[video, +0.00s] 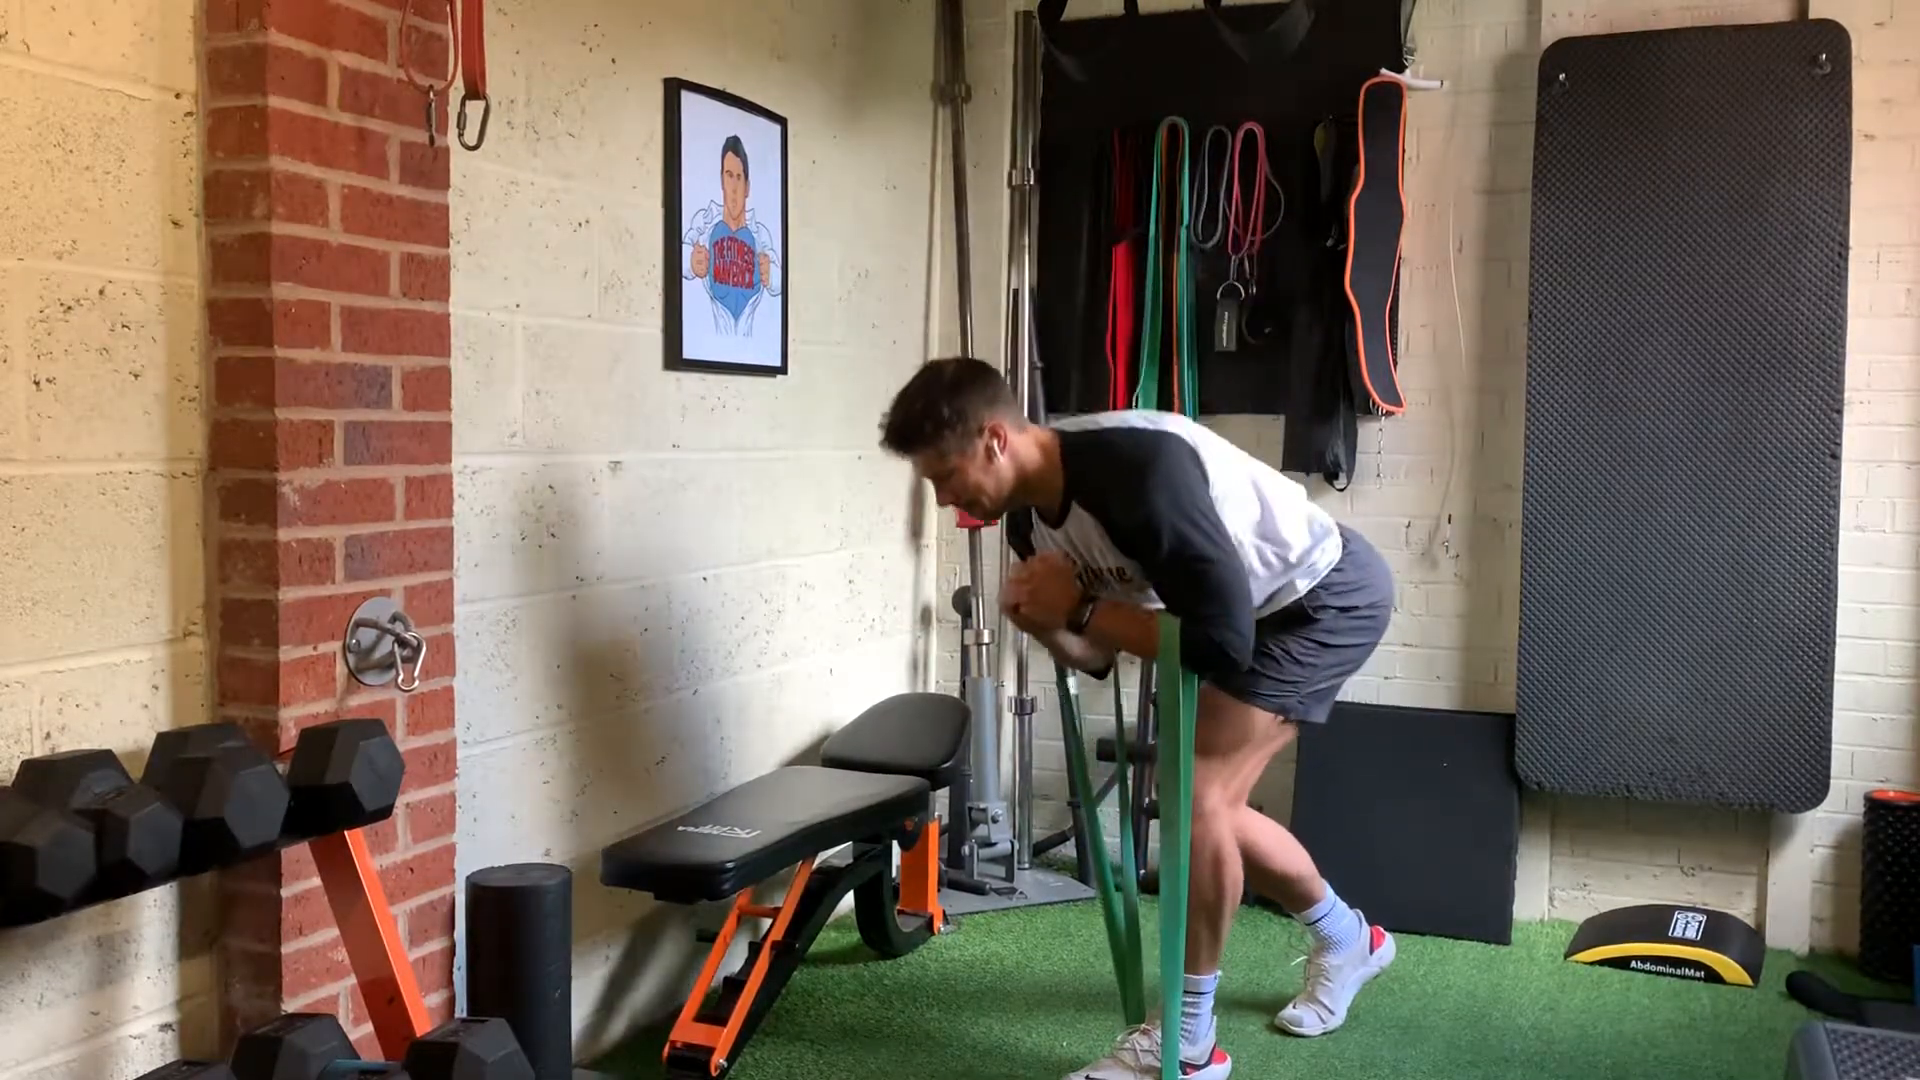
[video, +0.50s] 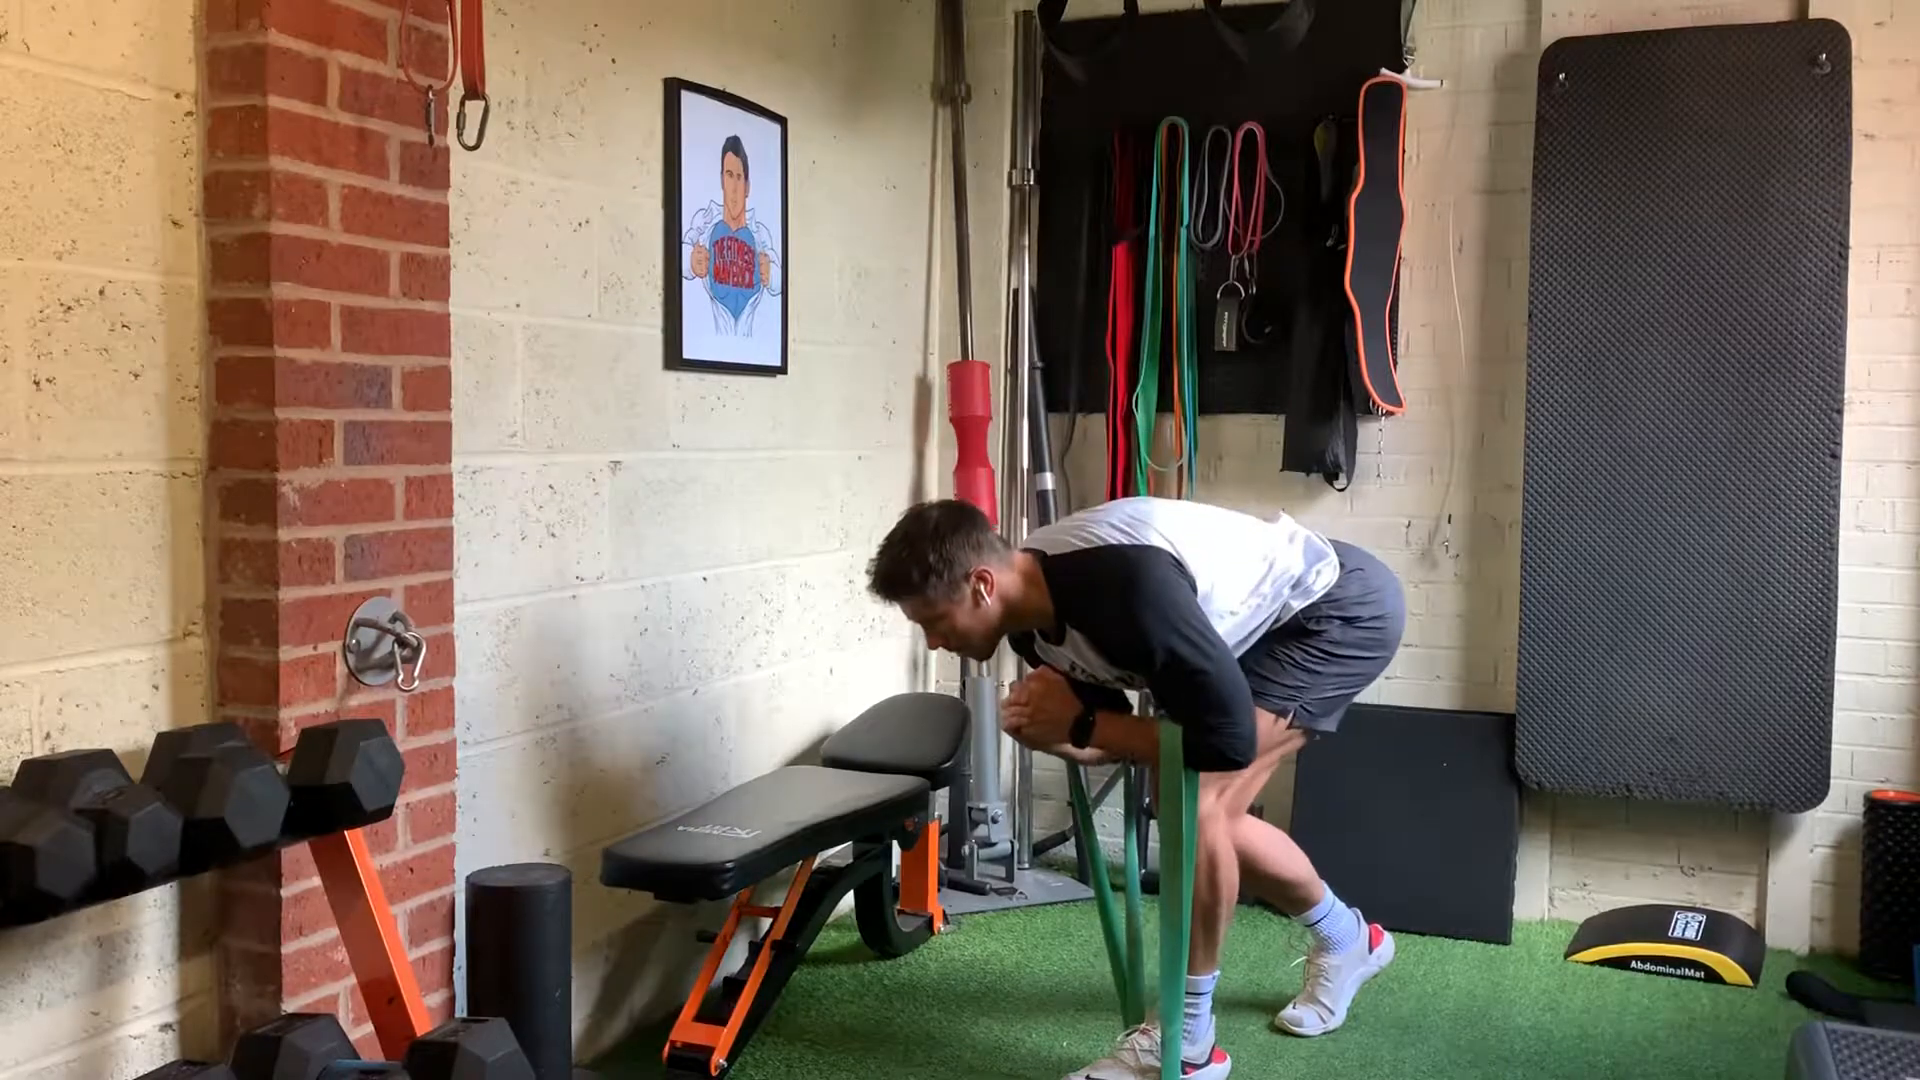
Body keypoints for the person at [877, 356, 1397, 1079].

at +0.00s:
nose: (945, 503)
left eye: (946, 479)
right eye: (933, 485)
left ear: (997, 441)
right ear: (996, 445)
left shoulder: (1143, 469)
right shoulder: (1032, 515)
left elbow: (1224, 642)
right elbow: (1101, 657)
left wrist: (1081, 605)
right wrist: (1049, 626)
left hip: (1325, 590)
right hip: (1251, 602)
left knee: (1202, 798)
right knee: (1208, 805)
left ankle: (1188, 1038)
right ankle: (1350, 937)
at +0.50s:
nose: (933, 642)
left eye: (933, 623)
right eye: (921, 627)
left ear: (982, 588)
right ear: (984, 584)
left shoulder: (1134, 585)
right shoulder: (1026, 612)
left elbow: (1228, 744)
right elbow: (1130, 727)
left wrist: (1090, 721)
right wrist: (1062, 735)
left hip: (1341, 599)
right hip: (1270, 603)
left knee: (1203, 804)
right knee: (1198, 807)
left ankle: (1185, 1040)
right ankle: (1351, 940)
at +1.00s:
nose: (975, 343)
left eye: (981, 319)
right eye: (965, 325)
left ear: (1037, 289)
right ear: (1027, 297)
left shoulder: (1171, 361)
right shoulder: (1054, 398)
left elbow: (1224, 538)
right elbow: (1092, 563)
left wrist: (1092, 492)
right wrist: (1048, 498)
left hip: (1296, 579)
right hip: (1216, 591)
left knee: (1167, 785)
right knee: (1206, 815)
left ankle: (1186, 1035)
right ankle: (1349, 937)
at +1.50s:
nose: (1102, 192)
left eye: (1112, 165)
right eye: (1087, 174)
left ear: (1162, 131)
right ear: (1084, 165)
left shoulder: (1256, 238)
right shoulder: (1119, 254)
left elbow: (1248, 409)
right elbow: (1089, 427)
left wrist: (1129, 324)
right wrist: (1090, 331)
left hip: (1227, 543)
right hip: (1148, 549)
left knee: (1165, 773)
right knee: (1233, 768)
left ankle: (1186, 1033)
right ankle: (1341, 931)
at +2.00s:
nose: (1096, 188)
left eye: (1105, 160)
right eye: (1082, 169)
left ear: (1161, 130)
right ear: (1086, 163)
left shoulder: (1258, 241)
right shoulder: (1122, 258)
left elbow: (1253, 416)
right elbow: (1093, 433)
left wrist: (1132, 332)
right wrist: (1093, 342)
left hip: (1233, 547)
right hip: (1153, 553)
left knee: (1162, 766)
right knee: (1228, 773)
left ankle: (1189, 1031)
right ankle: (1337, 931)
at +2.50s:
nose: (987, 303)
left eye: (995, 279)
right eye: (976, 285)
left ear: (1051, 249)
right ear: (1036, 258)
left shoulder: (1178, 332)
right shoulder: (1063, 361)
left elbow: (1229, 514)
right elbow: (1096, 532)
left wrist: (1088, 466)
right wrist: (1049, 473)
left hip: (1285, 578)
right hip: (1210, 578)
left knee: (1162, 779)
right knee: (1201, 794)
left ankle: (1187, 1035)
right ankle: (1341, 931)